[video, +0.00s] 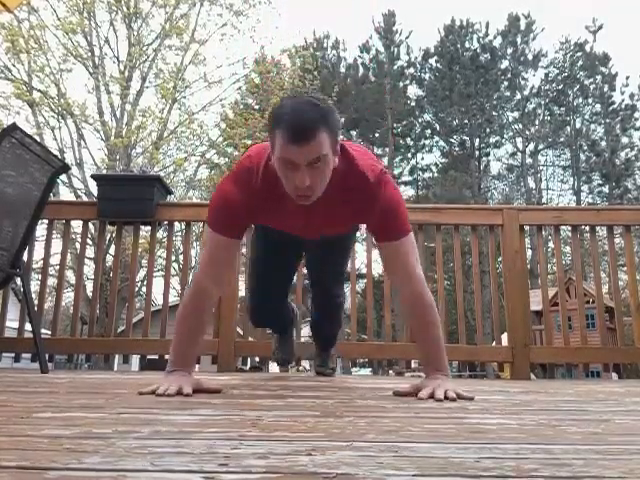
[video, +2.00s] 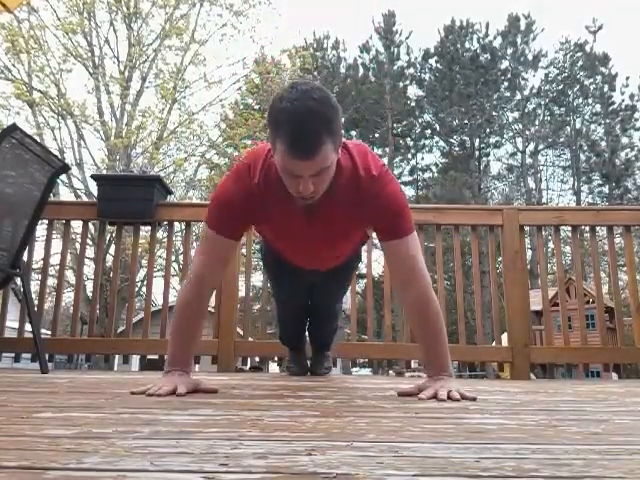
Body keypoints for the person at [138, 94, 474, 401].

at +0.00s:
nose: (303, 180)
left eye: (316, 164)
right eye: (289, 165)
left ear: (336, 148)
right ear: (272, 150)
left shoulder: (372, 183)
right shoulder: (243, 182)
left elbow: (410, 281)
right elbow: (206, 282)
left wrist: (437, 374)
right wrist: (180, 370)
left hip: (334, 230)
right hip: (275, 226)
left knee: (328, 301)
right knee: (263, 311)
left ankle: (325, 350)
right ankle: (285, 322)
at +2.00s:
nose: (306, 187)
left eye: (319, 173)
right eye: (293, 174)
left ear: (338, 148)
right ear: (272, 151)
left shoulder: (372, 183)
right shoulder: (243, 183)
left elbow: (413, 282)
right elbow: (199, 282)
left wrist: (440, 374)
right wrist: (177, 370)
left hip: (341, 252)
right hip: (282, 250)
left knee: (326, 313)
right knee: (290, 313)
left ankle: (321, 353)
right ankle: (295, 354)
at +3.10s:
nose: (299, 199)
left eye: (313, 184)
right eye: (285, 185)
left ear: (334, 158)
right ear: (266, 161)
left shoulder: (375, 198)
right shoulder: (233, 201)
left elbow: (424, 284)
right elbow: (193, 285)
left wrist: (442, 375)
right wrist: (168, 370)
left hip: (338, 278)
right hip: (279, 274)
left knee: (327, 325)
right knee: (292, 324)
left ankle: (323, 352)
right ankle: (297, 350)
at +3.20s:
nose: (296, 255)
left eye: (309, 241)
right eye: (281, 242)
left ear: (331, 209)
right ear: (260, 215)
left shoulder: (374, 227)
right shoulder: (231, 231)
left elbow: (437, 291)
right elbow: (176, 289)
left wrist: (443, 375)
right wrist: (166, 370)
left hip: (334, 308)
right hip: (280, 307)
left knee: (324, 338)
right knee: (293, 338)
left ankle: (323, 356)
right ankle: (295, 356)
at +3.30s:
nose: (296, 297)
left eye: (309, 287)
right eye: (282, 289)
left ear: (332, 252)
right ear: (258, 256)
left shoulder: (374, 251)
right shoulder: (231, 254)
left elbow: (441, 294)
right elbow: (167, 290)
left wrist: (442, 374)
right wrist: (166, 370)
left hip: (337, 322)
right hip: (276, 327)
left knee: (324, 343)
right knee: (292, 345)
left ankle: (321, 354)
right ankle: (296, 355)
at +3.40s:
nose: (294, 343)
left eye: (306, 332)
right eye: (278, 334)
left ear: (330, 290)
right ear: (254, 292)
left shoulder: (368, 273)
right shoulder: (231, 274)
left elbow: (444, 294)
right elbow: (166, 287)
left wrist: (443, 374)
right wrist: (165, 369)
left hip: (340, 351)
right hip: (271, 352)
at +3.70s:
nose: (294, 320)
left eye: (306, 310)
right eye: (279, 311)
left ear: (330, 274)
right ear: (256, 276)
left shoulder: (367, 265)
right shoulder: (230, 263)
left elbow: (443, 293)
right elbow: (165, 290)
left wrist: (444, 375)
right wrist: (165, 370)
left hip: (338, 332)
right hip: (270, 337)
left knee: (328, 348)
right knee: (287, 352)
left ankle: (324, 357)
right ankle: (297, 356)